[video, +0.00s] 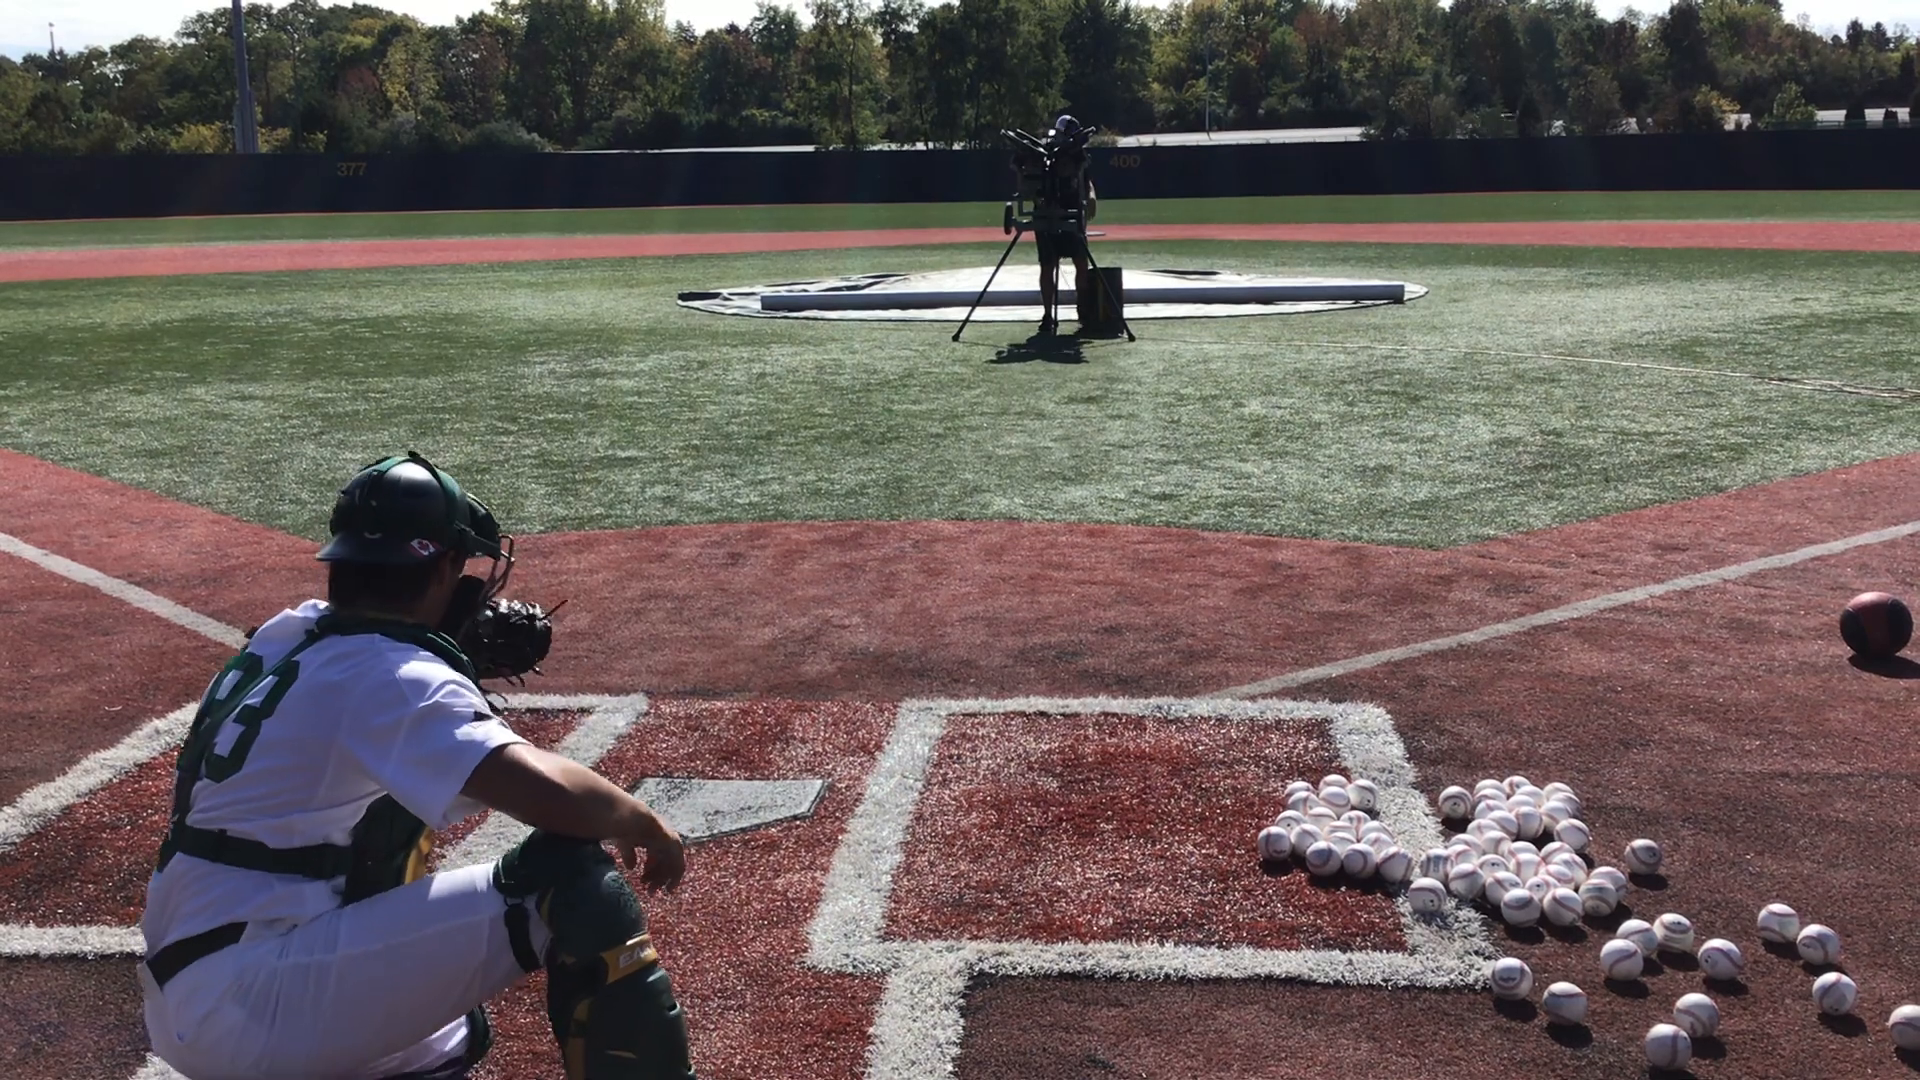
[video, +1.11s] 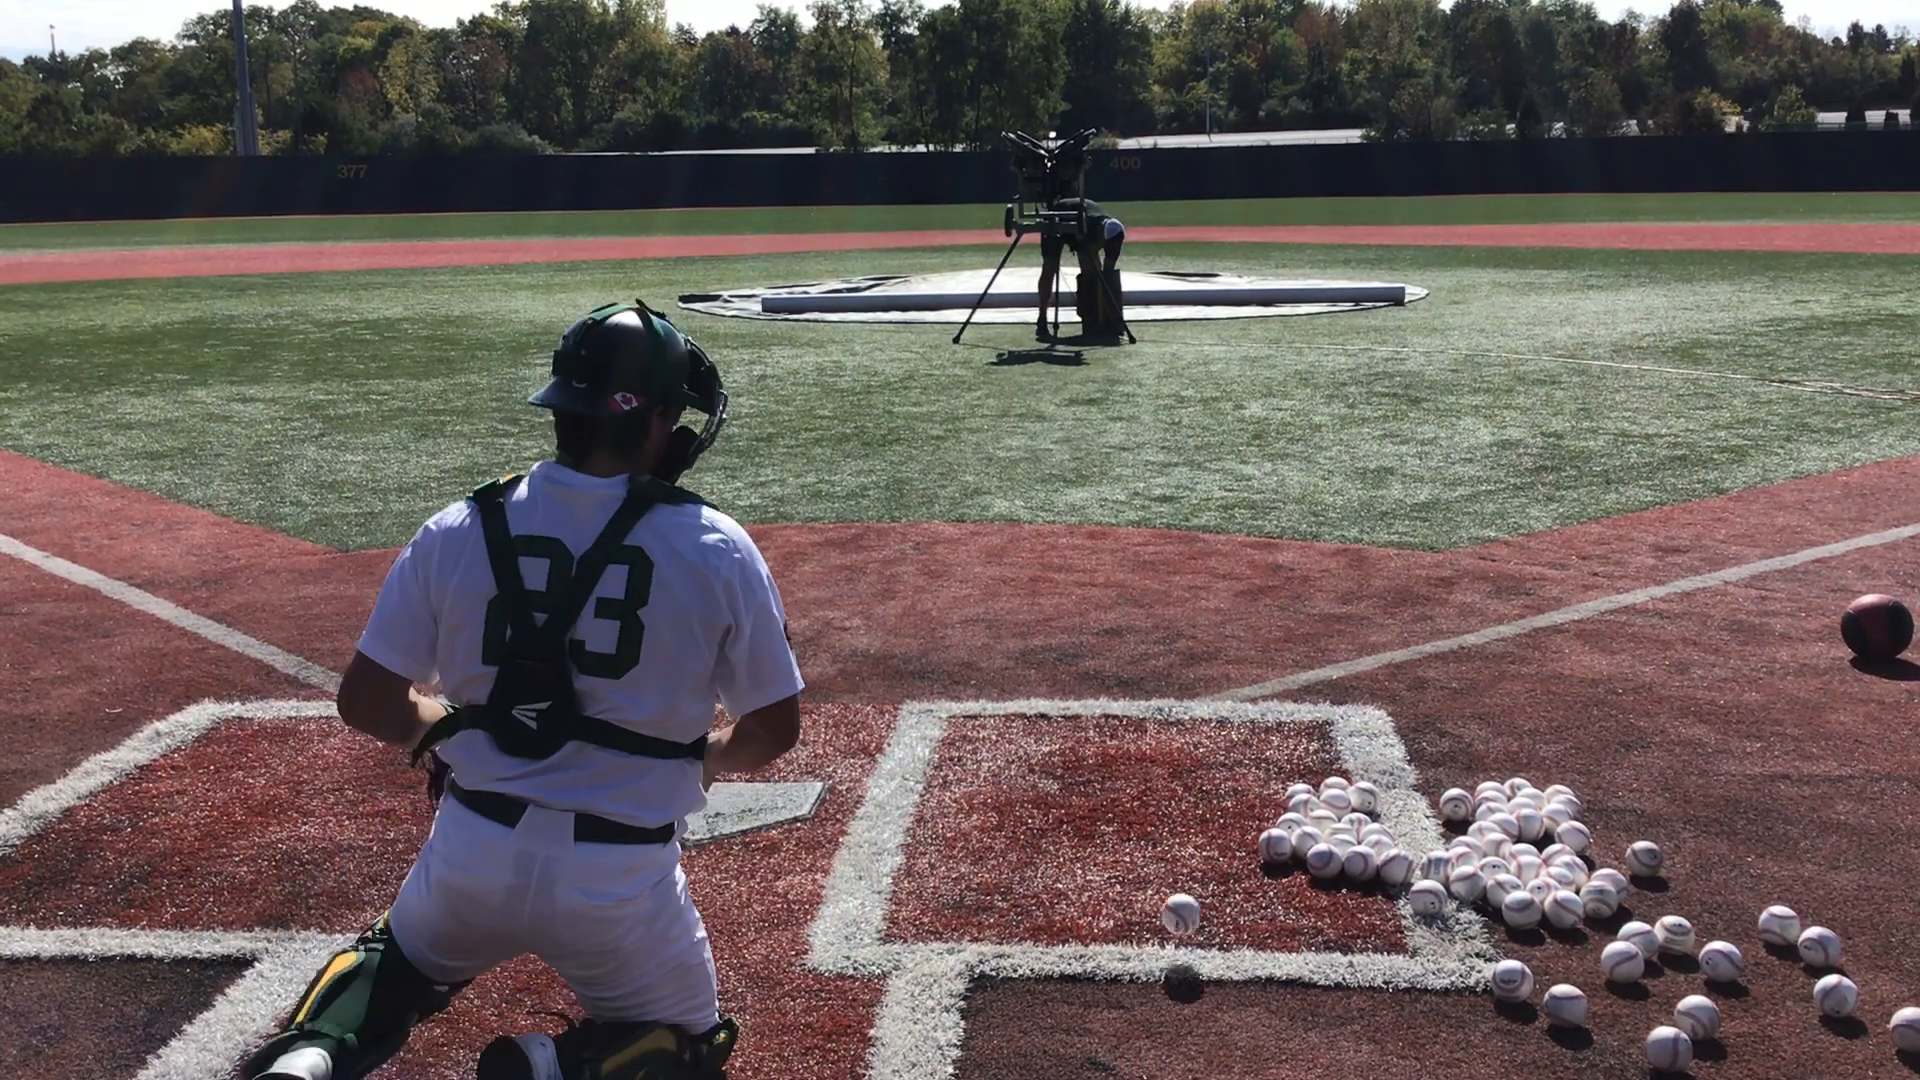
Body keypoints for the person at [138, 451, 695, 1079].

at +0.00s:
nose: (472, 584)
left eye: (470, 566)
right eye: (464, 568)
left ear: (345, 564)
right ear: (437, 575)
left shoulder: (287, 628)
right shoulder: (391, 675)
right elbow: (548, 789)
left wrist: (453, 641)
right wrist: (641, 822)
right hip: (245, 1000)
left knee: (450, 1033)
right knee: (569, 880)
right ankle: (638, 1058)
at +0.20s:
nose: (470, 541)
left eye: (471, 522)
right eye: (465, 521)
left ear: (348, 512)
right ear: (436, 524)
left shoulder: (282, 583)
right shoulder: (402, 626)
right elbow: (555, 775)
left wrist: (464, 651)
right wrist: (592, 792)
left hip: (197, 947)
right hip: (275, 940)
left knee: (447, 1032)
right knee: (605, 863)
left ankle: (280, 1060)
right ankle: (653, 1062)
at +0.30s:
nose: (479, 519)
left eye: (480, 501)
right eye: (471, 501)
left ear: (352, 495)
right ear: (438, 506)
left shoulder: (281, 563)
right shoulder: (416, 603)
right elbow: (529, 776)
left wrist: (474, 662)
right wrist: (558, 726)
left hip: (230, 932)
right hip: (319, 909)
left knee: (450, 1036)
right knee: (641, 845)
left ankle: (257, 1067)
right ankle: (585, 1063)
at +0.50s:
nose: (508, 492)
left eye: (507, 473)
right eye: (497, 473)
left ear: (384, 476)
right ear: (456, 479)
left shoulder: (282, 582)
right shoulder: (480, 589)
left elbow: (250, 752)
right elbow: (547, 785)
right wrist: (597, 804)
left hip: (275, 927)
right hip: (411, 916)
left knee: (454, 1042)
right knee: (664, 956)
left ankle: (284, 1064)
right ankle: (498, 1063)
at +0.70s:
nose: (563, 491)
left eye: (564, 471)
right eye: (555, 472)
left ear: (439, 468)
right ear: (517, 475)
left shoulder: (337, 581)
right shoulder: (566, 594)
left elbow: (264, 757)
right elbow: (637, 773)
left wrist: (376, 758)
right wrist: (707, 819)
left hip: (349, 917)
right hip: (498, 922)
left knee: (439, 1054)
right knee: (657, 1024)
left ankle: (326, 1060)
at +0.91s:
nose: (653, 467)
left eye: (652, 448)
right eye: (645, 449)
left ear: (530, 446)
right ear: (613, 455)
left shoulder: (419, 553)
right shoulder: (666, 576)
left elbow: (319, 709)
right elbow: (739, 761)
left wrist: (409, 755)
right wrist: (773, 805)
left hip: (429, 880)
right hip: (576, 900)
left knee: (433, 1045)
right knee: (688, 1044)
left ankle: (355, 1054)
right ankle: (502, 1066)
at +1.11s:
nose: (682, 434)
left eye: (680, 416)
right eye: (676, 418)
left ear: (562, 412)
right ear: (650, 427)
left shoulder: (460, 528)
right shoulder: (715, 550)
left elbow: (365, 698)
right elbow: (775, 727)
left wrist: (444, 724)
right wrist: (702, 756)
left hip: (469, 856)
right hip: (619, 881)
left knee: (393, 973)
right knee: (687, 1043)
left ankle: (307, 1057)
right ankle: (554, 1064)